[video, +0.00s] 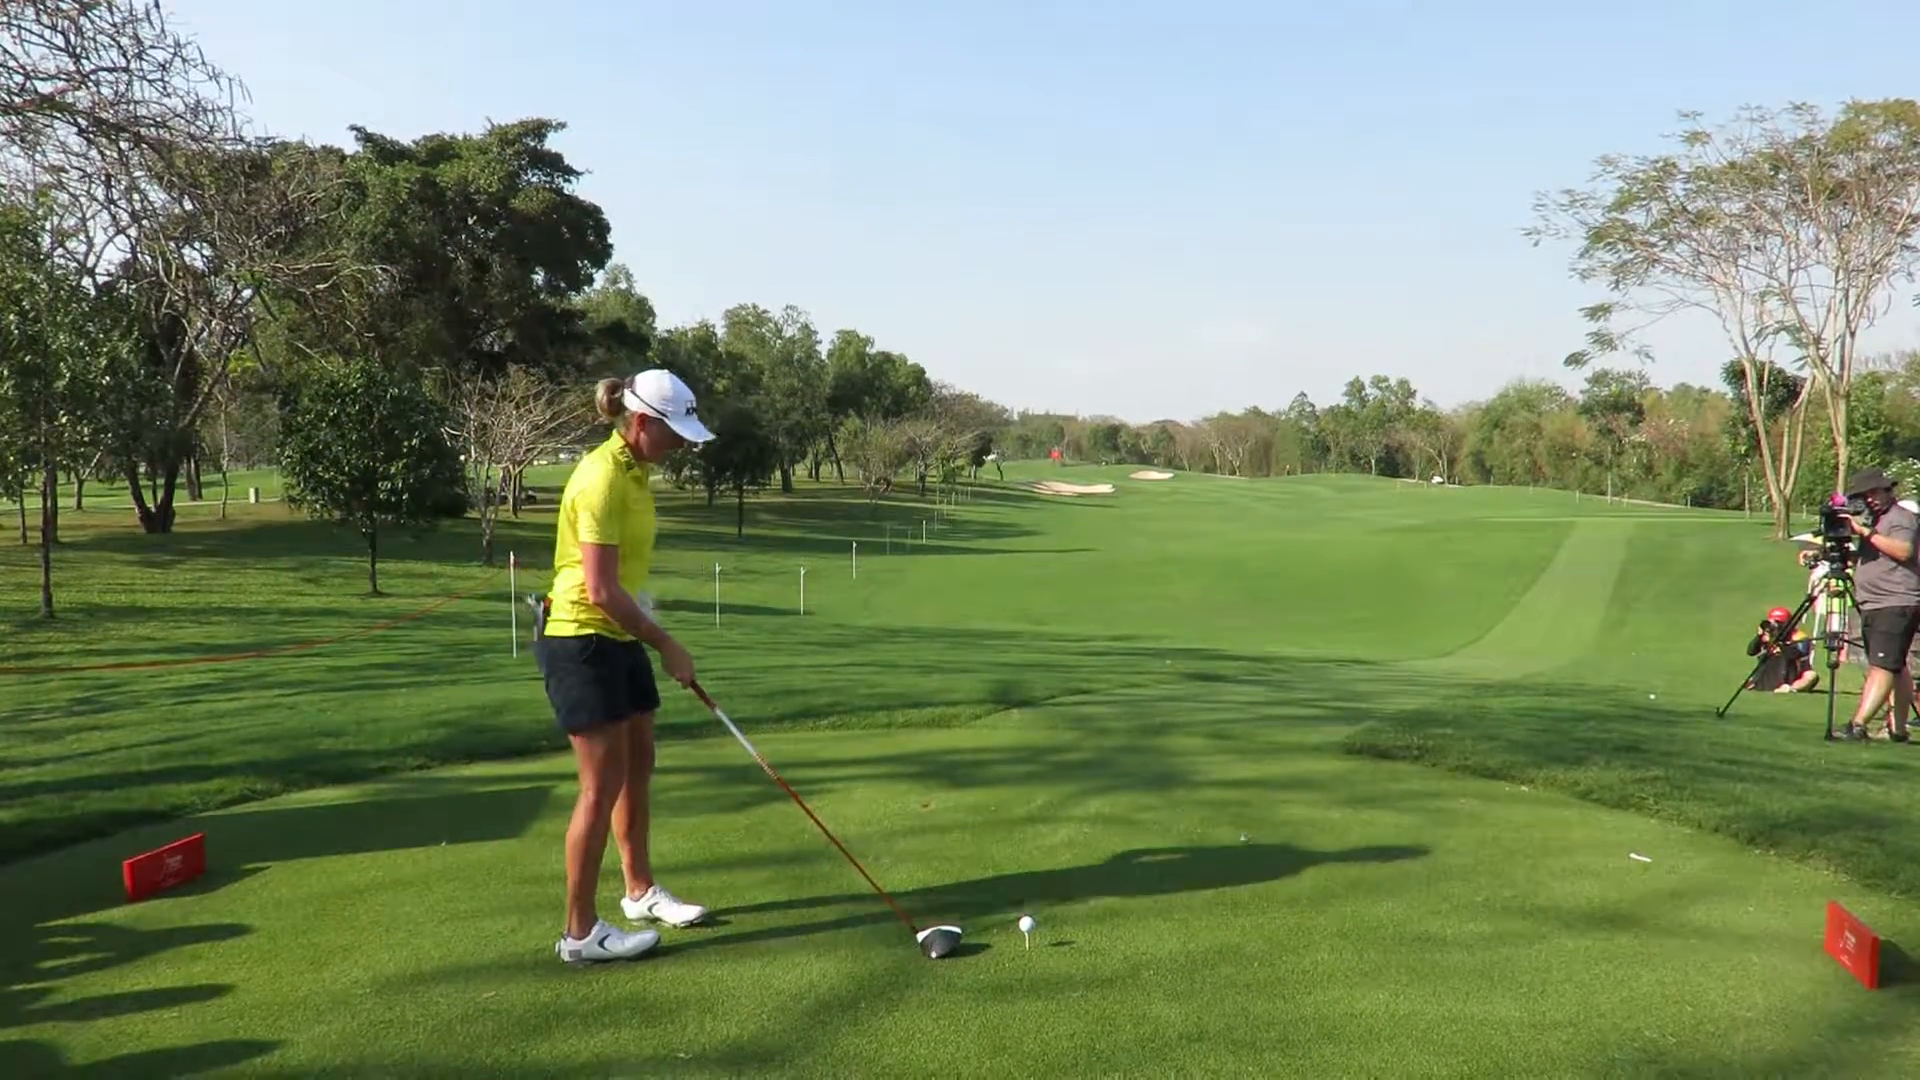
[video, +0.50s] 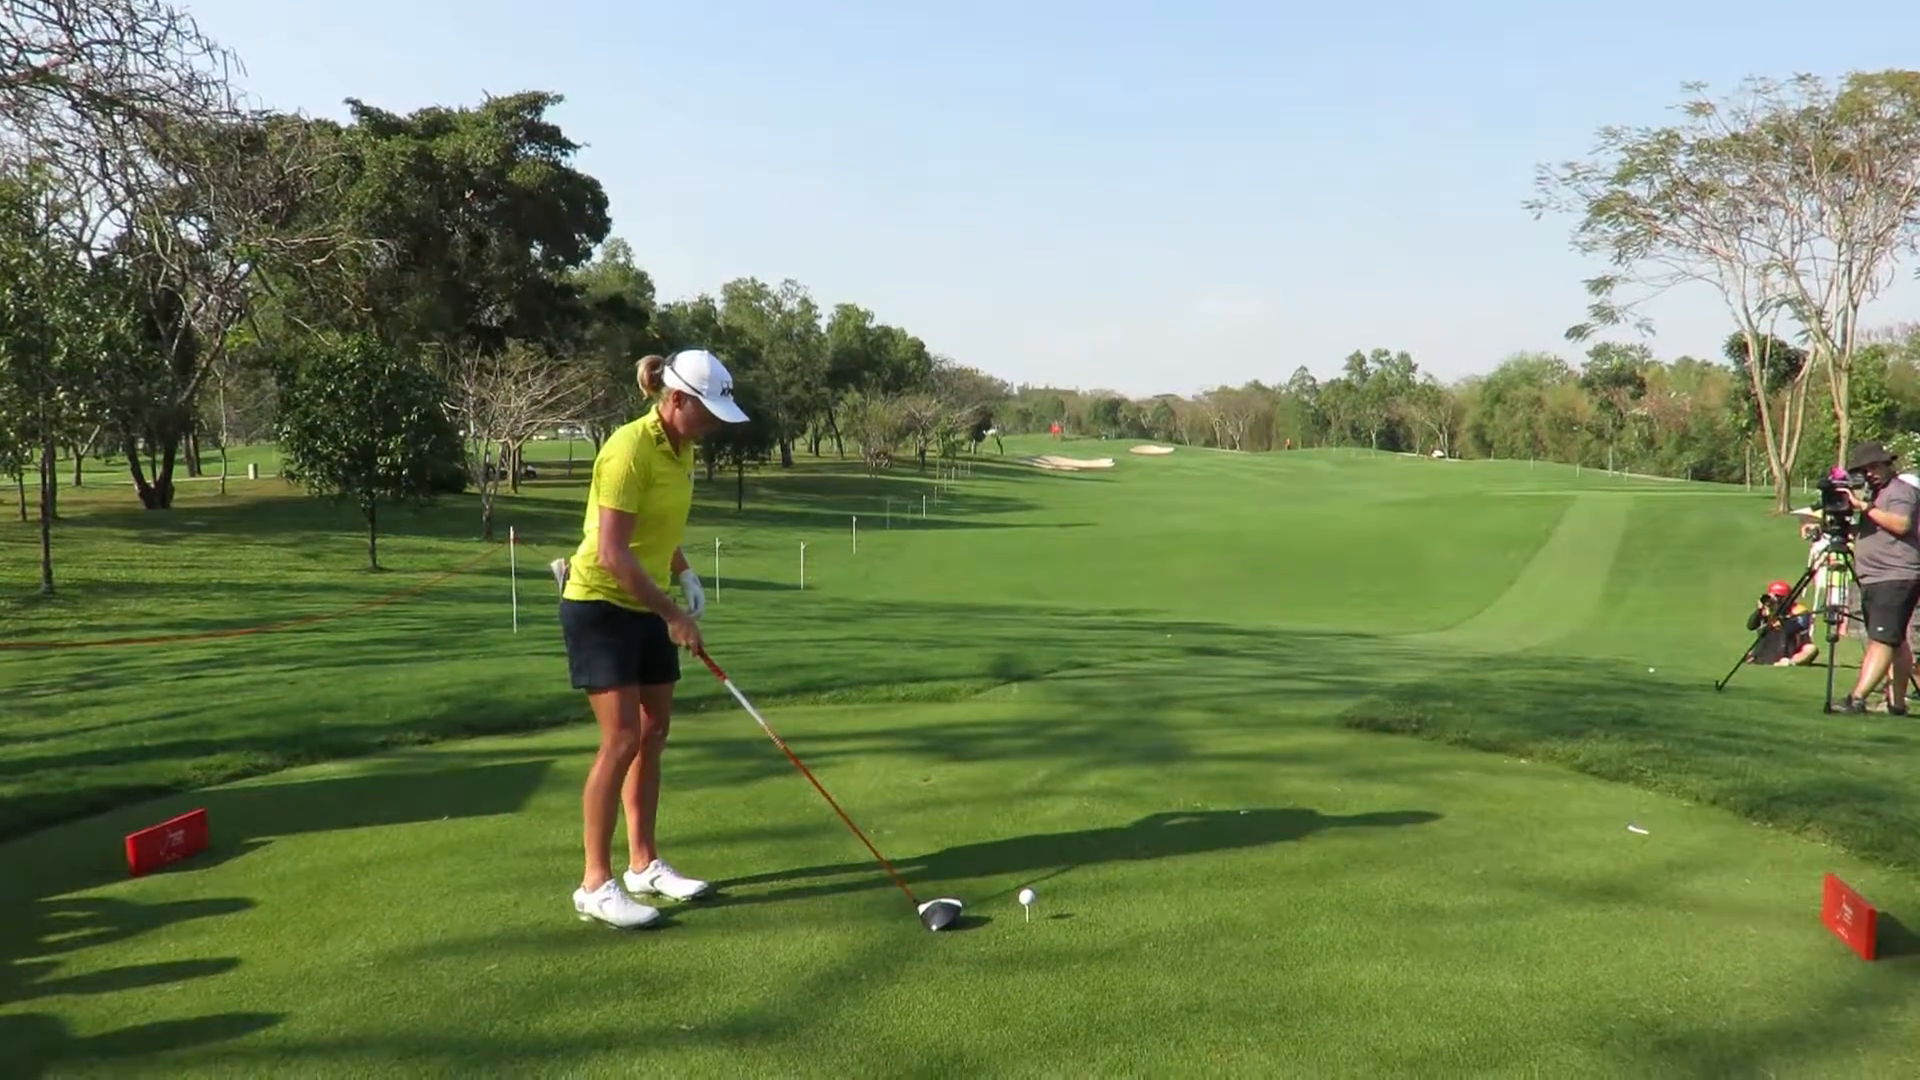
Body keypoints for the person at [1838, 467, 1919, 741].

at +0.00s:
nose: (1868, 502)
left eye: (1872, 495)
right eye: (1864, 497)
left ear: (1886, 492)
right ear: (1864, 499)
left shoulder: (1902, 517)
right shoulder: (1874, 521)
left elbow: (1904, 551)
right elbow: (1864, 558)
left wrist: (1865, 532)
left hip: (1897, 602)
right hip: (1873, 603)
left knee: (1883, 664)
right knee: (1893, 667)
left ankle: (1858, 724)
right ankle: (1898, 727)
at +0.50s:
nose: (1868, 475)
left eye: (1872, 469)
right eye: (1864, 471)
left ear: (1886, 466)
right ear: (1864, 473)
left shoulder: (1901, 490)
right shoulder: (1876, 494)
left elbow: (1901, 524)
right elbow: (1867, 531)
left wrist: (1865, 508)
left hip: (1896, 577)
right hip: (1875, 577)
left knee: (1882, 638)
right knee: (1894, 642)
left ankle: (1856, 697)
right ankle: (1898, 702)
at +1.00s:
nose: (1867, 462)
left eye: (1870, 455)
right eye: (1863, 458)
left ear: (1885, 452)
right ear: (1865, 459)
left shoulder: (1900, 476)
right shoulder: (1879, 480)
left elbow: (1898, 511)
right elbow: (1867, 517)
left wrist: (1861, 494)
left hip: (1895, 563)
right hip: (1876, 563)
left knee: (1877, 623)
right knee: (1895, 628)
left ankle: (1856, 685)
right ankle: (1897, 689)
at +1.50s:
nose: (1866, 452)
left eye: (1870, 445)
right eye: (1863, 447)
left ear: (1884, 442)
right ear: (1863, 448)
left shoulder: (1898, 467)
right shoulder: (1877, 470)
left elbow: (1894, 502)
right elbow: (1868, 504)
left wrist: (1857, 485)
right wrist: (1846, 482)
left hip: (1892, 551)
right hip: (1874, 551)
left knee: (1869, 610)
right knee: (1892, 616)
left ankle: (1854, 675)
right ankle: (1895, 678)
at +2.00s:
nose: (1865, 449)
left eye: (1870, 442)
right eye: (1862, 444)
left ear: (1885, 438)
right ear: (1860, 445)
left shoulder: (1896, 463)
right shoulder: (1876, 467)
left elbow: (1891, 498)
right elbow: (1866, 499)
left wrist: (1854, 481)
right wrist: (1843, 479)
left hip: (1888, 547)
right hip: (1874, 547)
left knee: (1866, 606)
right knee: (1891, 612)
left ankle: (1853, 671)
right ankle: (1894, 674)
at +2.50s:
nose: (1863, 447)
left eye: (1866, 440)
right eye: (1859, 443)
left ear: (1882, 436)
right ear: (1858, 444)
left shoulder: (1893, 461)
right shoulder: (1875, 465)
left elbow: (1887, 497)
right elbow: (1865, 495)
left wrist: (1850, 481)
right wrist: (1842, 477)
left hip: (1892, 546)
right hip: (1875, 547)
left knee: (1869, 604)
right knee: (1892, 611)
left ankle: (1853, 670)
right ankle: (1895, 674)